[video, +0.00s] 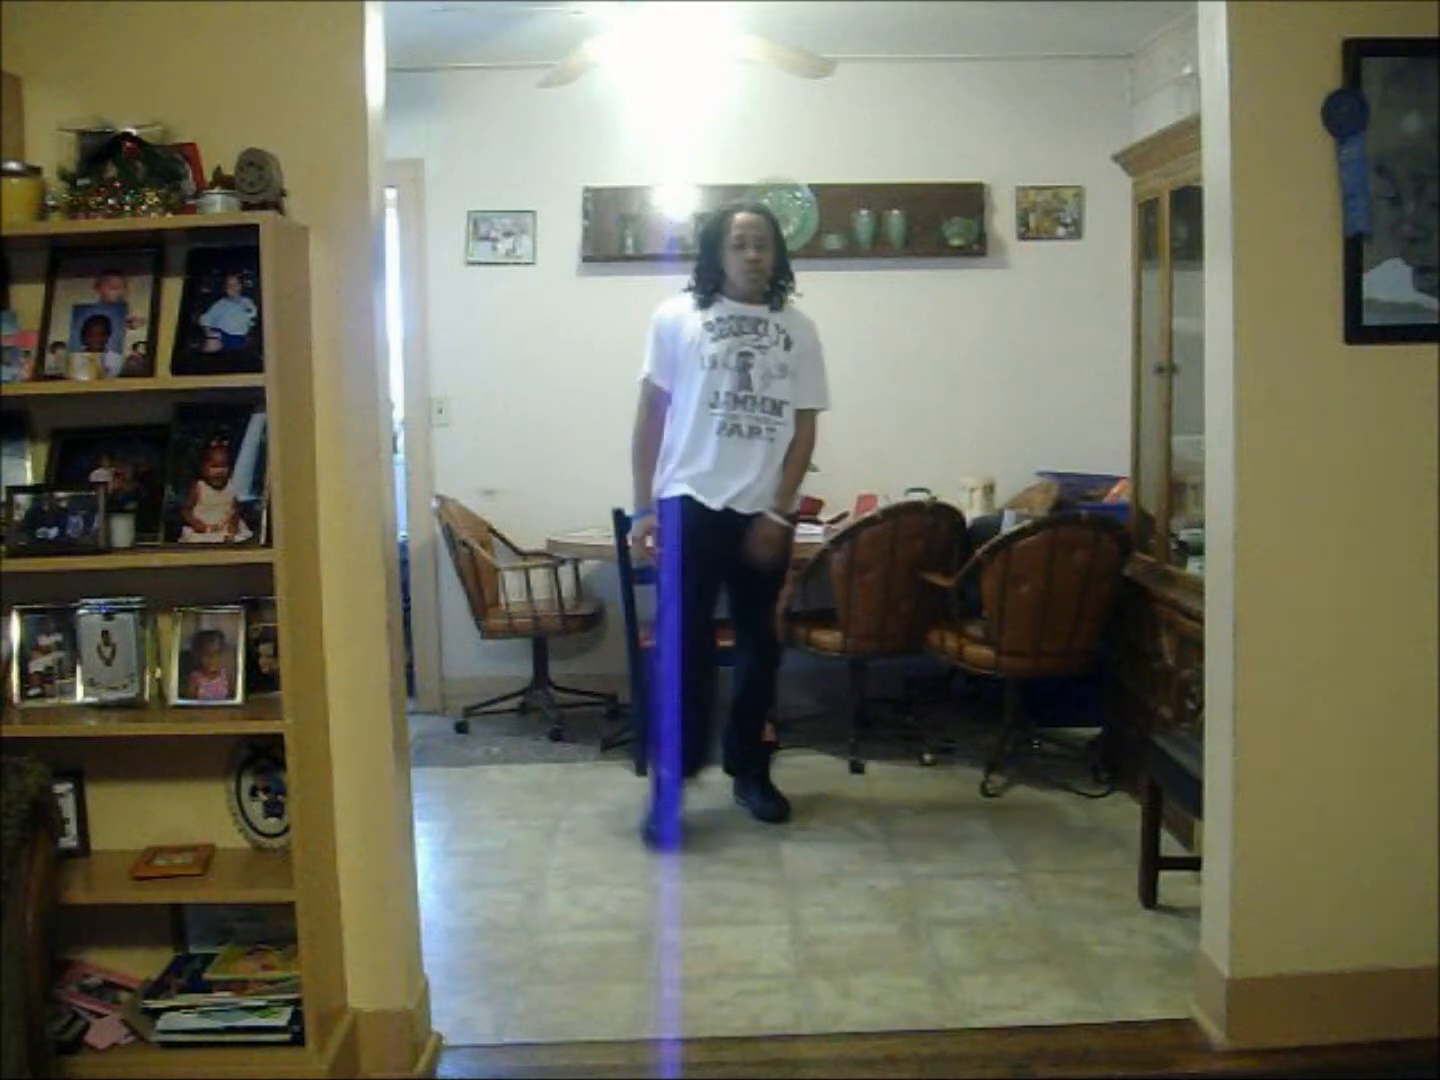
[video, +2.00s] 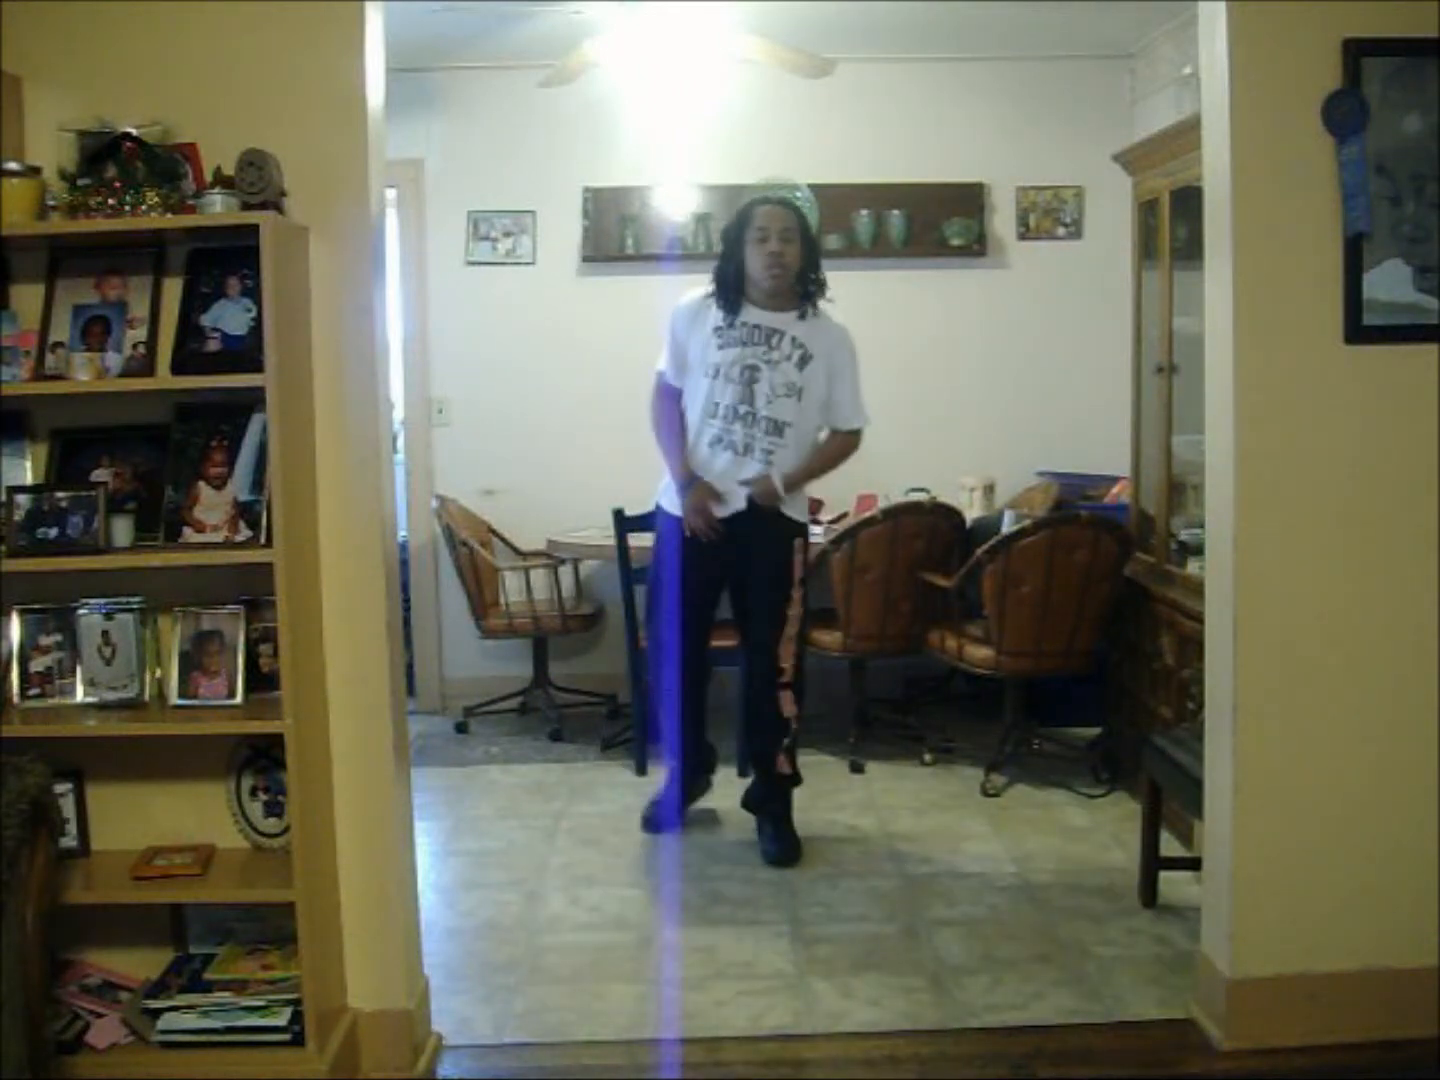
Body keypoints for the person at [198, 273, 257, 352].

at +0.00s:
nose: (232, 289)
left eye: (235, 285)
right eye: (229, 286)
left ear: (240, 286)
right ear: (225, 287)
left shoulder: (247, 303)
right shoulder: (222, 303)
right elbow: (204, 320)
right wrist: (210, 335)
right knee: (211, 342)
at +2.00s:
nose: (232, 288)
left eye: (235, 285)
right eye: (229, 285)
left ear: (240, 287)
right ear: (225, 287)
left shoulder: (247, 303)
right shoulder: (222, 304)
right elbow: (205, 320)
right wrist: (210, 334)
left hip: (243, 338)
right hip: (224, 337)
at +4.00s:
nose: (232, 288)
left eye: (235, 285)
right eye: (229, 285)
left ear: (240, 287)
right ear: (225, 287)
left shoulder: (247, 303)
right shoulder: (221, 304)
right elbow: (205, 320)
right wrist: (210, 335)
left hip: (243, 338)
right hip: (224, 338)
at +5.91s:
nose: (233, 289)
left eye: (236, 285)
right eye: (230, 286)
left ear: (240, 287)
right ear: (225, 288)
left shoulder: (247, 303)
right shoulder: (221, 304)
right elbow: (206, 320)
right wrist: (210, 335)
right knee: (212, 342)